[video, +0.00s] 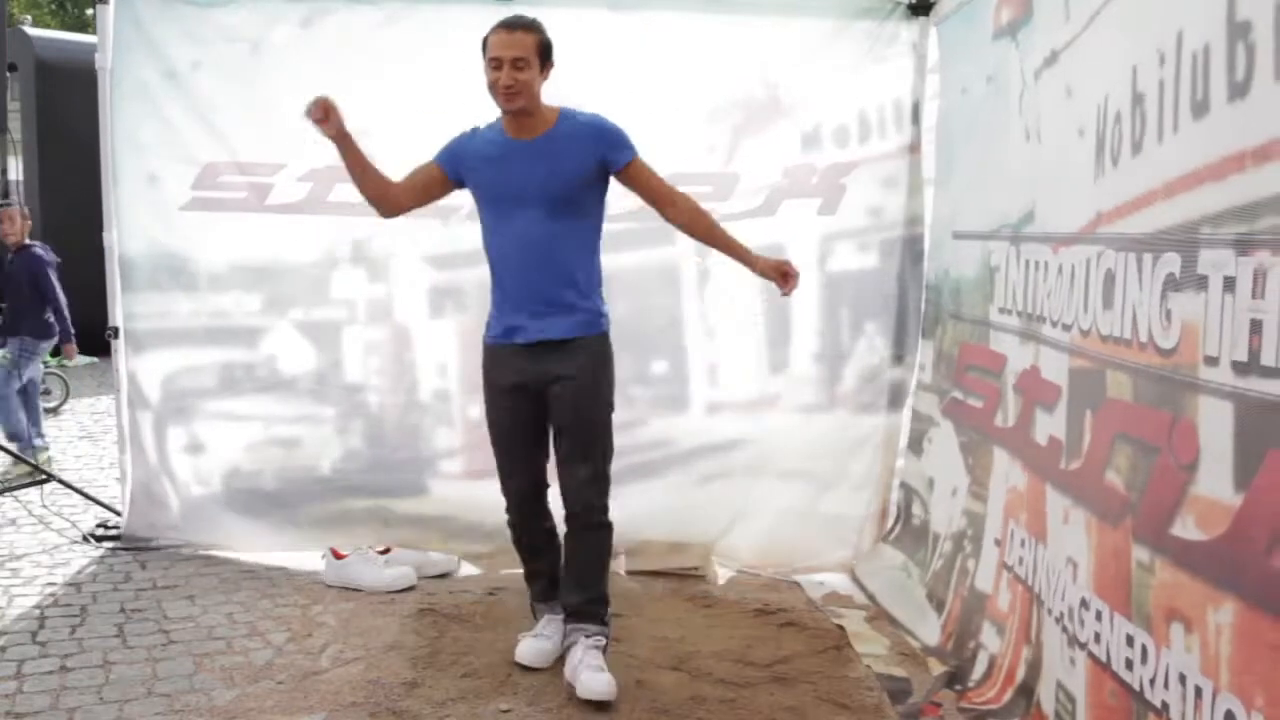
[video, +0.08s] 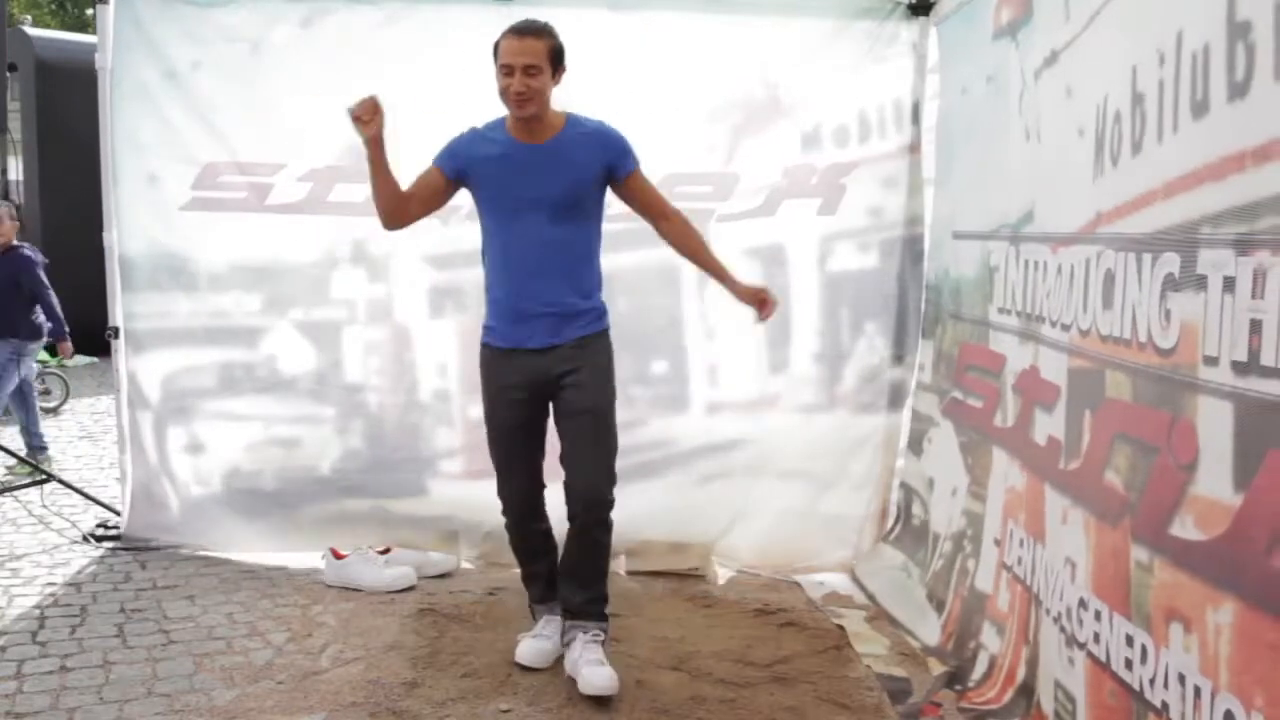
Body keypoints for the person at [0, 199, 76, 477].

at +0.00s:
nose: (5, 226)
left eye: (11, 220)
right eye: (2, 221)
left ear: (26, 224)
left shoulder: (35, 257)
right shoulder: (11, 259)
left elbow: (56, 298)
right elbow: (12, 298)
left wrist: (68, 338)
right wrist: (7, 331)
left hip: (35, 333)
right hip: (17, 332)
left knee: (5, 385)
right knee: (29, 390)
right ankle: (37, 448)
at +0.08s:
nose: (0, 225)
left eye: (4, 220)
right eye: (0, 220)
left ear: (15, 224)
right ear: (6, 225)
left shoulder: (23, 257)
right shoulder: (11, 256)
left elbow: (47, 297)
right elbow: (46, 297)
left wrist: (62, 335)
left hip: (21, 338)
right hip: (13, 338)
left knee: (8, 393)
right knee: (23, 397)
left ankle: (37, 452)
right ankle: (37, 452)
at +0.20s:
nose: (0, 226)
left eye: (1, 221)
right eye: (3, 221)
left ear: (4, 227)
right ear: (6, 227)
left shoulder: (8, 259)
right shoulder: (10, 258)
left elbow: (26, 303)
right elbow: (25, 303)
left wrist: (43, 344)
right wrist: (44, 344)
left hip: (5, 341)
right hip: (9, 340)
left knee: (8, 395)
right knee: (9, 396)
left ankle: (34, 450)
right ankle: (33, 451)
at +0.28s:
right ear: (5, 232)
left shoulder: (4, 264)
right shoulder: (5, 263)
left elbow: (11, 310)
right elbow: (11, 310)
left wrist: (18, 352)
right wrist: (18, 351)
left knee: (1, 409)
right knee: (2, 409)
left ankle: (25, 444)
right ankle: (23, 444)